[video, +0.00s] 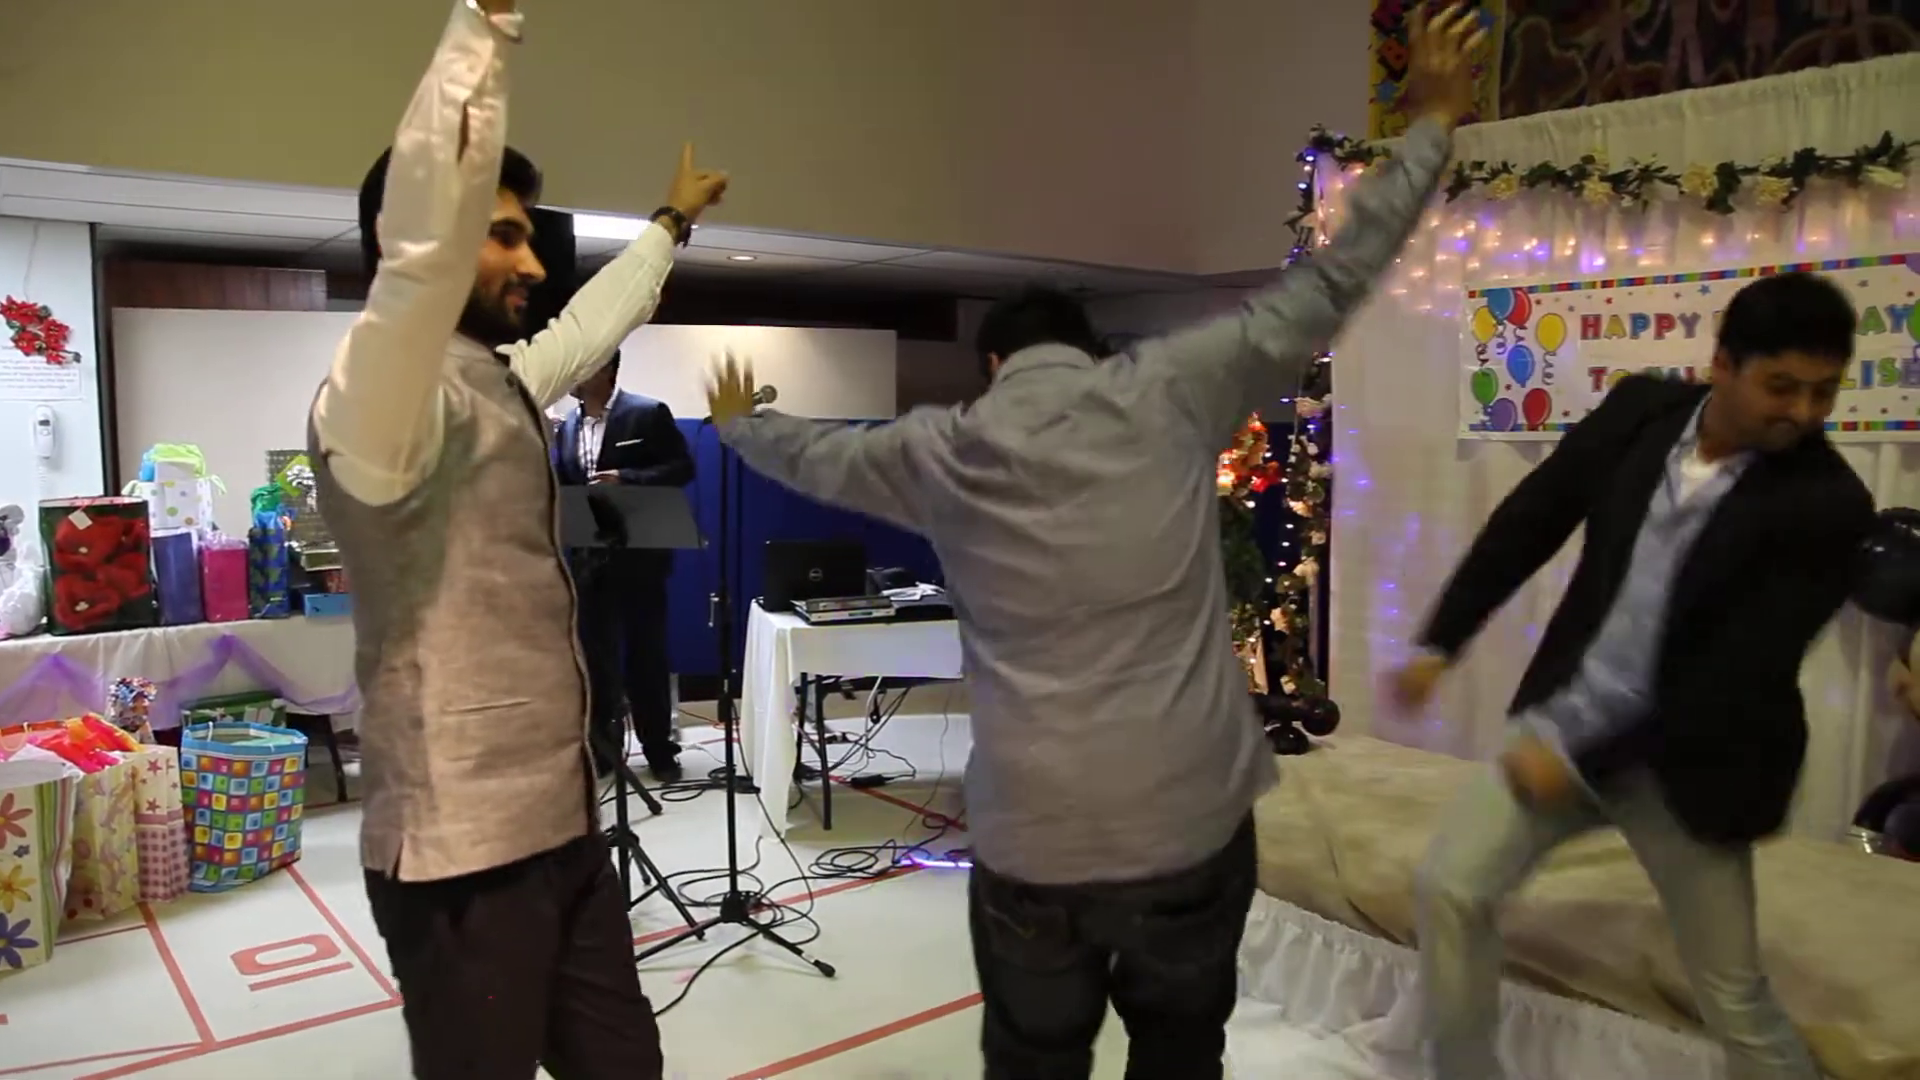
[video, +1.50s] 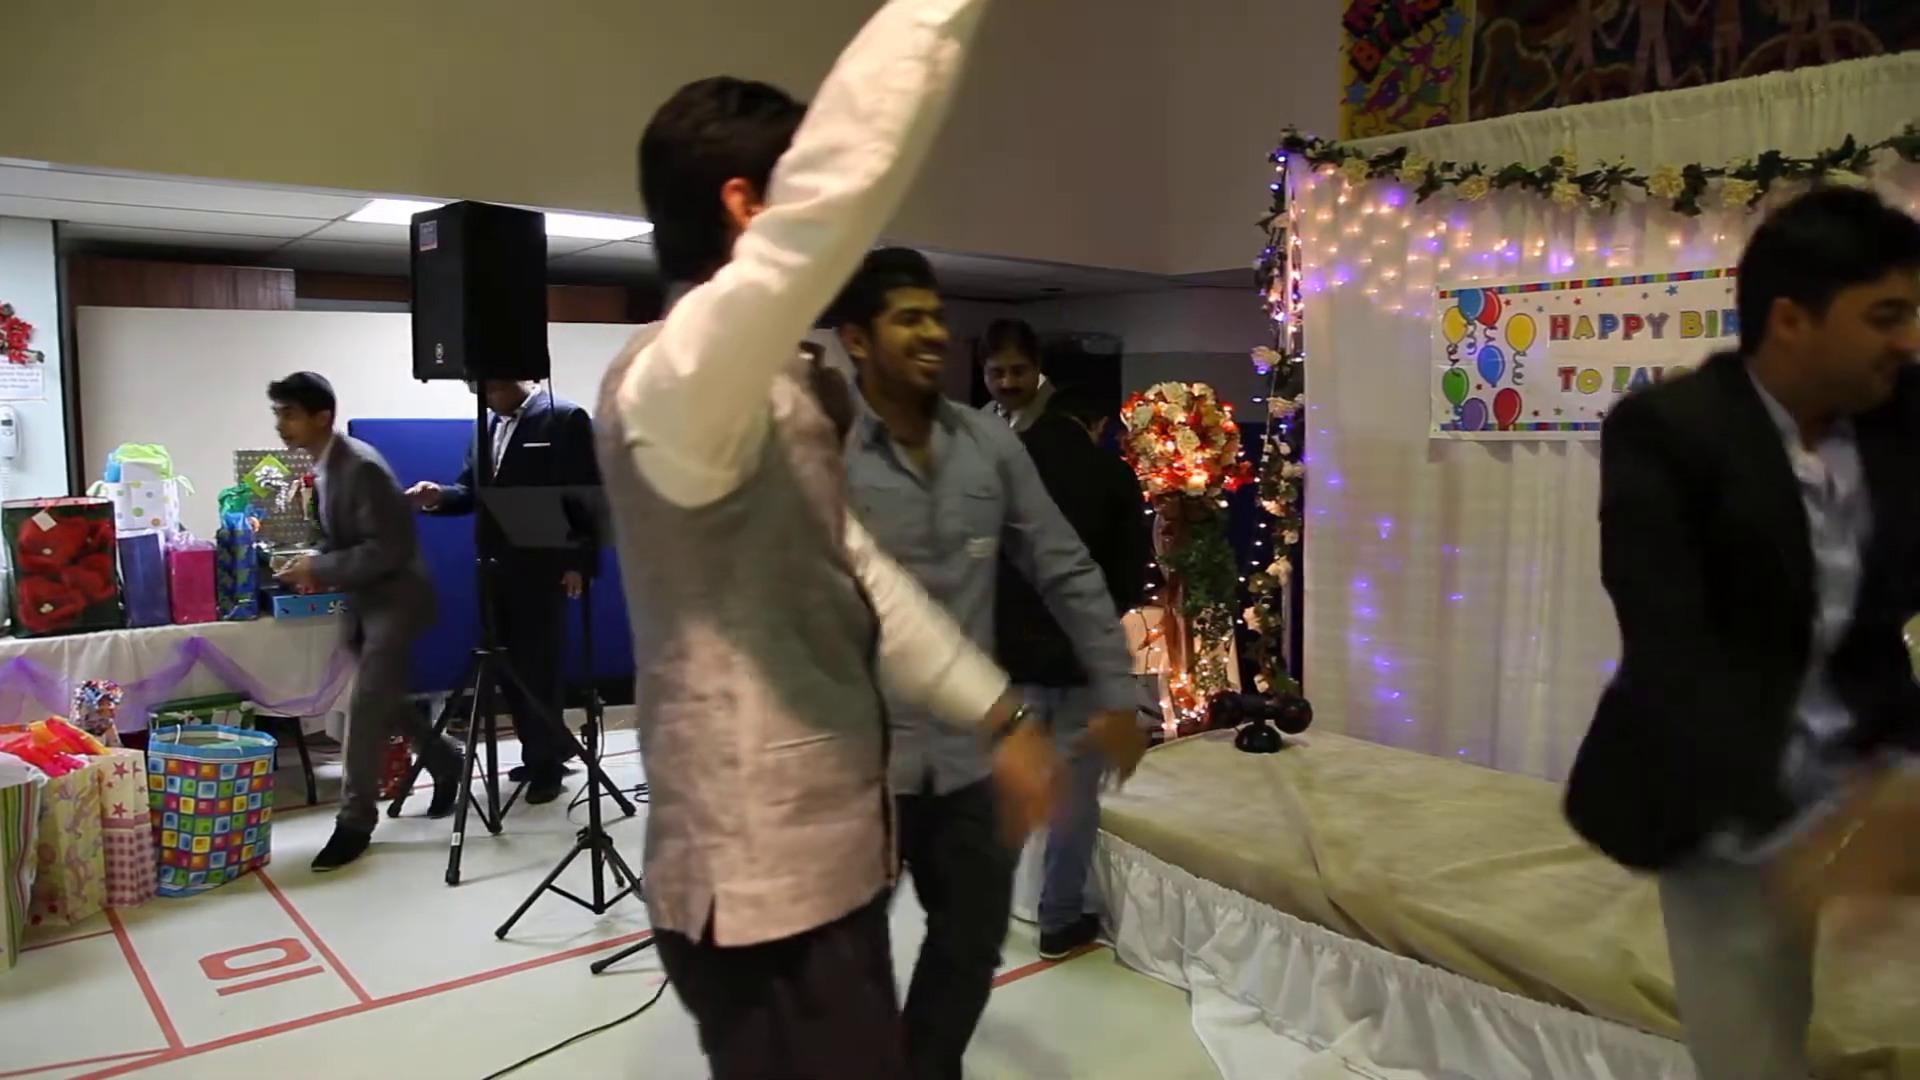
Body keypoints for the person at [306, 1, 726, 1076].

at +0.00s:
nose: (530, 261)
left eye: (531, 239)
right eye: (502, 233)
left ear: (529, 258)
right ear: (432, 244)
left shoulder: (505, 382)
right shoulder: (384, 410)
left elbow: (587, 323)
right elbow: (421, 242)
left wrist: (670, 223)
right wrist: (482, 26)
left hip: (561, 827)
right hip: (463, 851)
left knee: (622, 1065)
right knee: (479, 1074)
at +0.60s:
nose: (616, 262)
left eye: (608, 238)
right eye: (589, 239)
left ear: (582, 252)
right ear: (513, 256)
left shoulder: (587, 384)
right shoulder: (461, 418)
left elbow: (692, 322)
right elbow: (500, 249)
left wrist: (790, 207)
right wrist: (563, 29)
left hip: (635, 820)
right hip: (563, 849)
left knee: (686, 1063)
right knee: (661, 1070)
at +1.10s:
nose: (731, 218)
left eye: (723, 196)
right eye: (698, 201)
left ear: (688, 221)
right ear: (621, 217)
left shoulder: (717, 361)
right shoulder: (581, 396)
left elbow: (837, 297)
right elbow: (664, 197)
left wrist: (954, 187)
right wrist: (737, 1)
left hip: (739, 827)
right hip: (668, 850)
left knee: (709, 1065)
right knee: (757, 1069)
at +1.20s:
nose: (756, 222)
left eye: (747, 196)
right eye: (725, 200)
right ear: (645, 213)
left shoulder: (735, 365)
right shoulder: (602, 394)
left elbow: (868, 343)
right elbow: (704, 204)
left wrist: (1012, 241)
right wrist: (778, 7)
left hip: (760, 833)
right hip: (689, 858)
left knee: (773, 1055)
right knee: (752, 1066)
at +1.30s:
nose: (765, 210)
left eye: (764, 186)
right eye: (736, 189)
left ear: (696, 210)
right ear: (676, 213)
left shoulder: (759, 379)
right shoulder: (621, 398)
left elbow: (888, 414)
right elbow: (751, 209)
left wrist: (1059, 384)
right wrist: (839, 3)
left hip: (783, 840)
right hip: (705, 865)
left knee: (820, 1057)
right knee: (792, 1066)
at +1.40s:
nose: (785, 212)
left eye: (787, 189)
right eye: (764, 192)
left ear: (718, 211)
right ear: (701, 209)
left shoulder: (764, 396)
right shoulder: (643, 404)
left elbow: (872, 513)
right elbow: (781, 213)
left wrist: (1063, 568)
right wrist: (893, 3)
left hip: (809, 850)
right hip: (731, 876)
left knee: (820, 1050)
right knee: (788, 1064)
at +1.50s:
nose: (821, 209)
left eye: (822, 183)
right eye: (801, 184)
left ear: (746, 208)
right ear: (741, 203)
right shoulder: (676, 390)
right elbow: (823, 200)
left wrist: (998, 717)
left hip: (822, 856)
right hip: (760, 882)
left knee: (866, 1056)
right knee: (835, 1068)